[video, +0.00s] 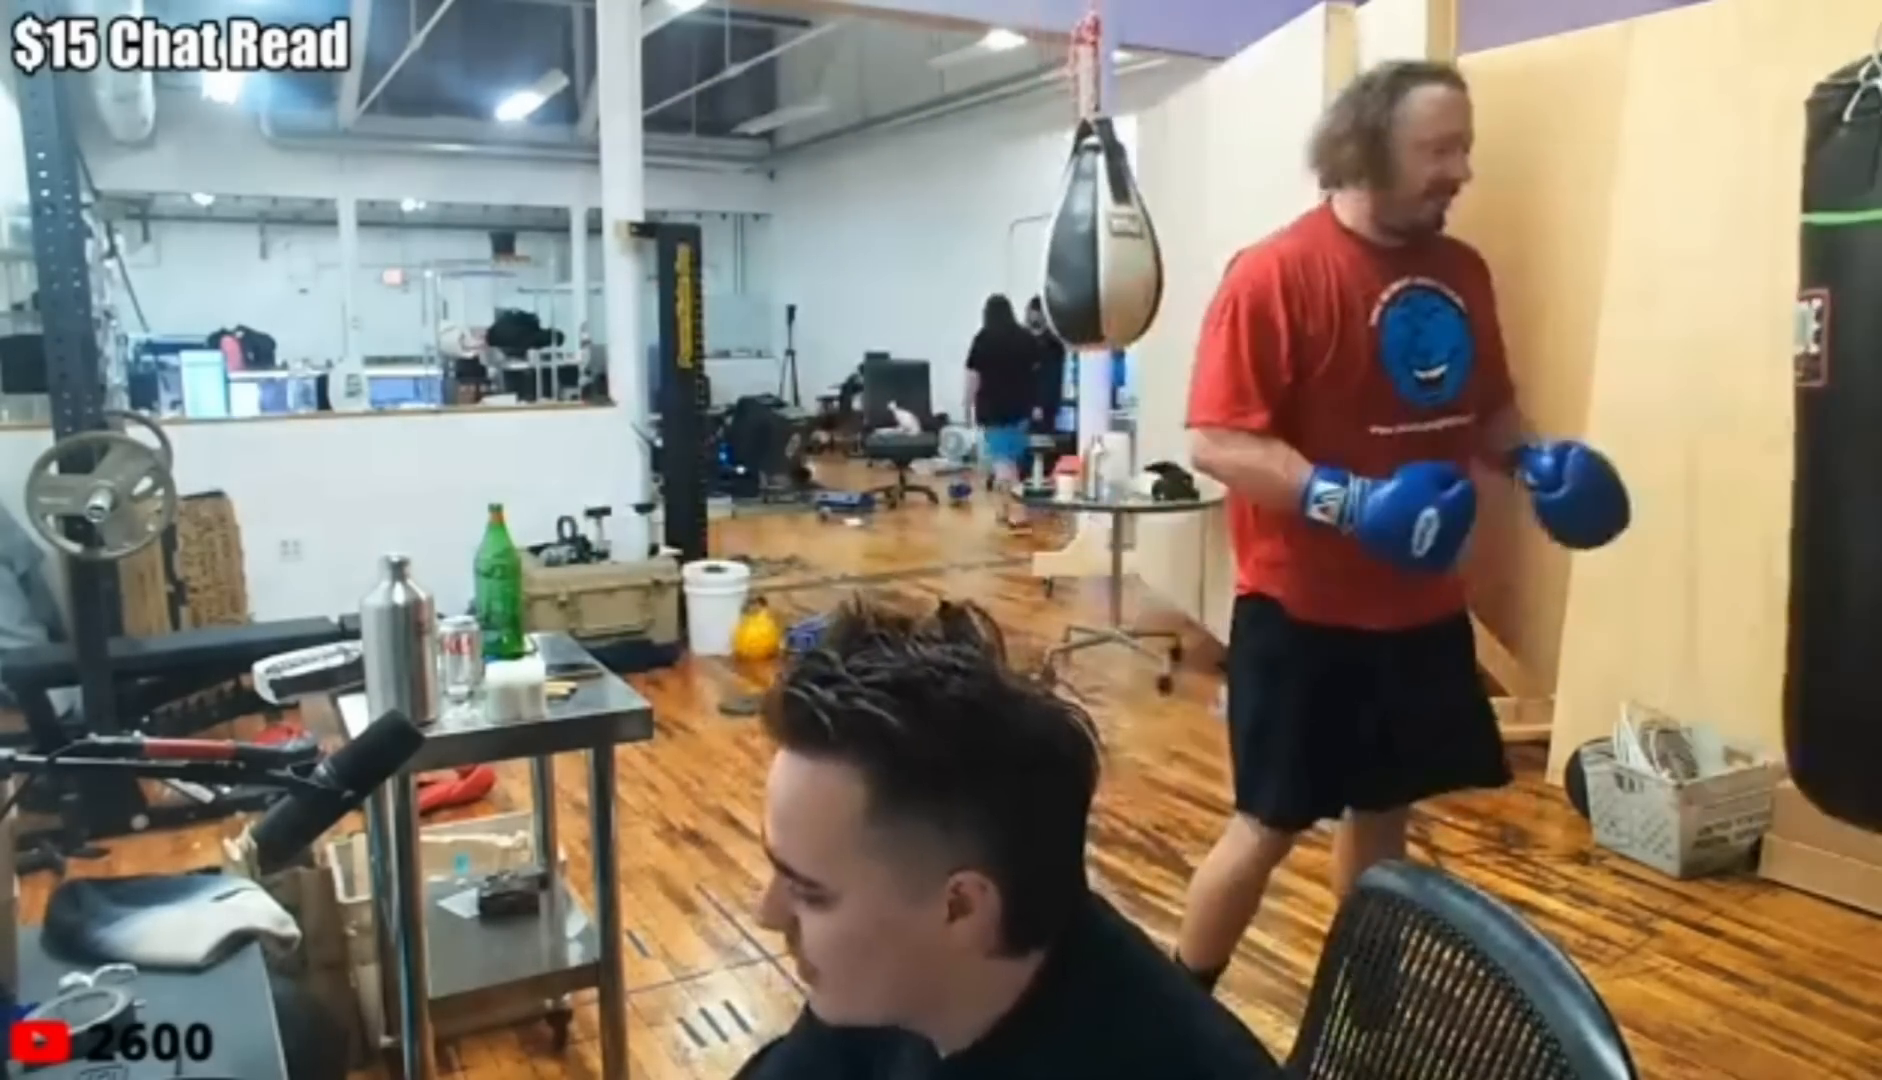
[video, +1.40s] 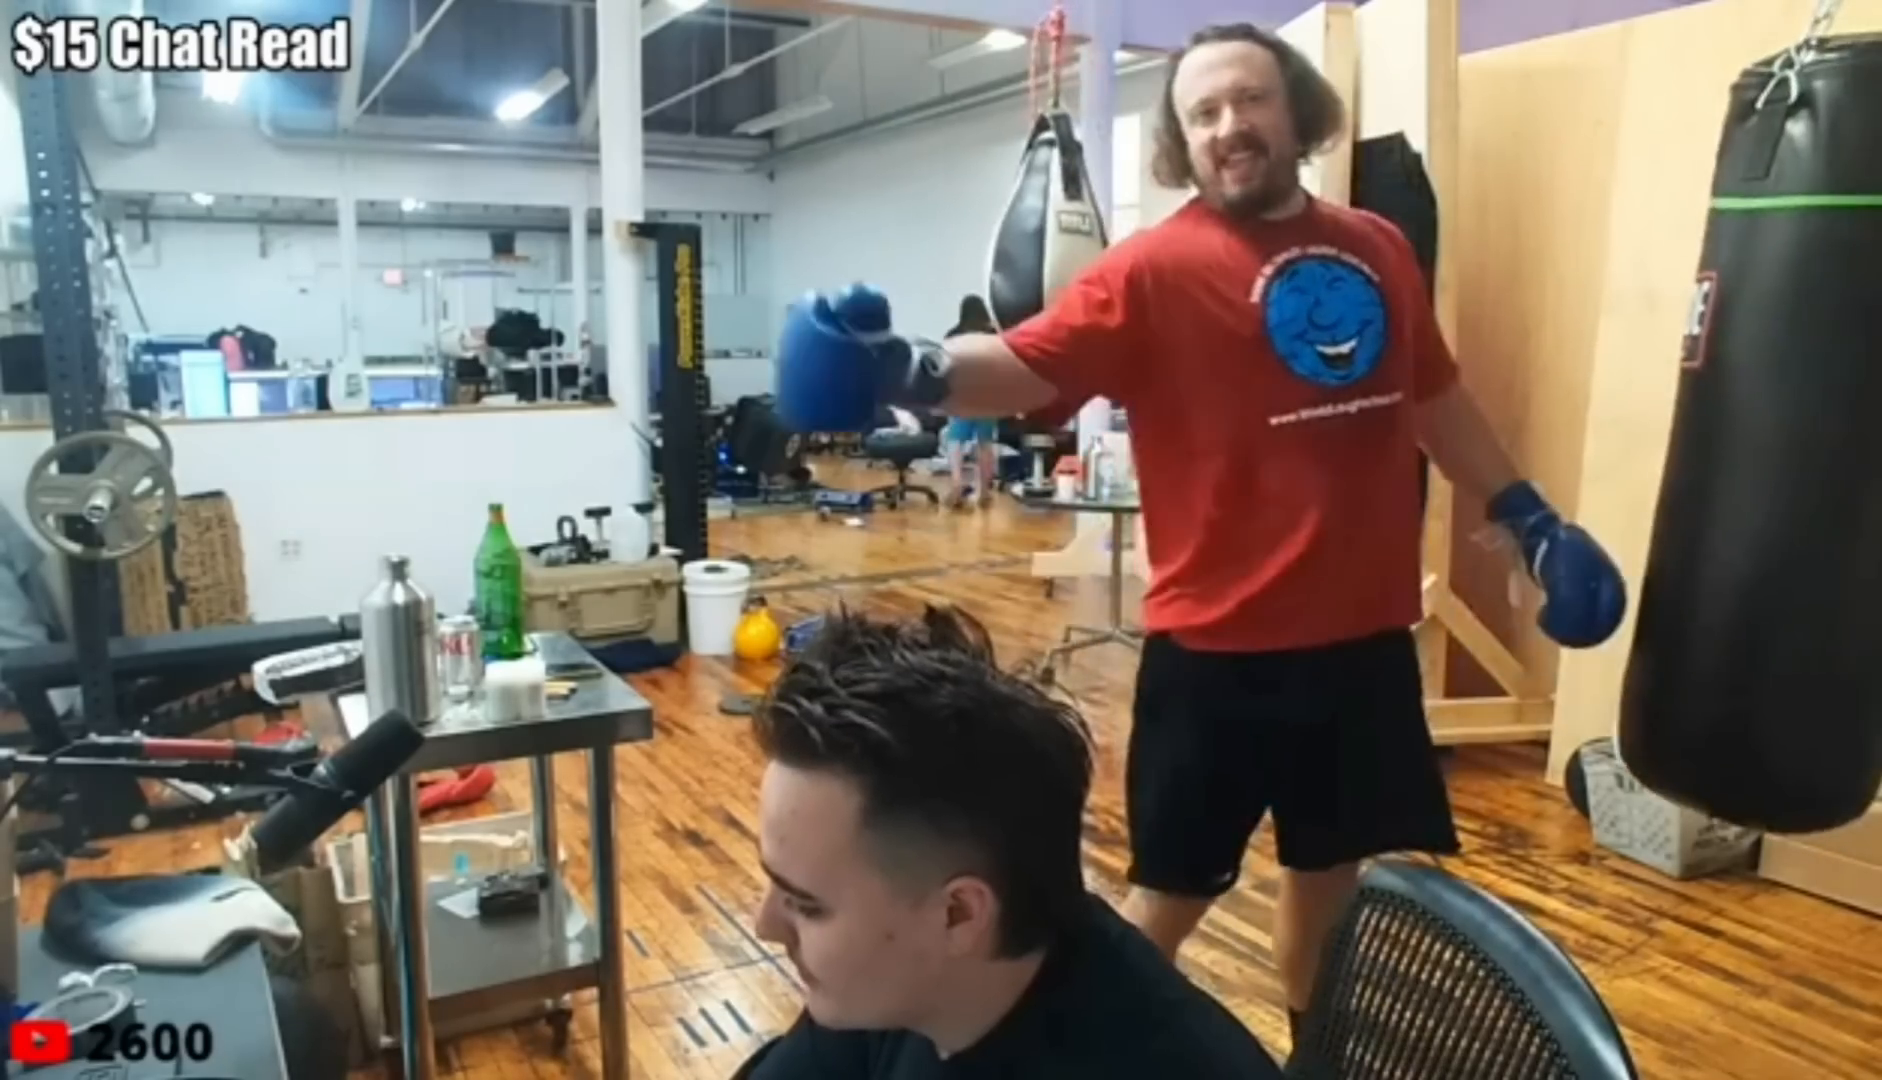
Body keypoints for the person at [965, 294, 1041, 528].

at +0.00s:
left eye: (988, 314)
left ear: (987, 314)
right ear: (1011, 312)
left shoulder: (984, 338)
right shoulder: (1026, 337)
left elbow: (973, 375)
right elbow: (1037, 371)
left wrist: (968, 405)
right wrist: (1036, 402)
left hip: (992, 407)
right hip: (1021, 406)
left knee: (1001, 458)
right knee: (1013, 457)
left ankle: (1015, 508)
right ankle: (1007, 507)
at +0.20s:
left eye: (979, 311)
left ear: (980, 312)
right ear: (1003, 308)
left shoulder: (978, 335)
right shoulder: (1021, 334)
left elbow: (968, 375)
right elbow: (1031, 366)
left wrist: (964, 407)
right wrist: (1025, 390)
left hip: (984, 408)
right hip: (1015, 406)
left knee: (985, 463)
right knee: (1007, 462)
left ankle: (991, 510)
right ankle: (1005, 509)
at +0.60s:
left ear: (958, 313)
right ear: (981, 311)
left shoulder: (957, 339)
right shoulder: (998, 336)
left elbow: (950, 378)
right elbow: (1010, 367)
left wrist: (946, 409)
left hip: (964, 408)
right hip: (995, 407)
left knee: (958, 458)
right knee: (995, 457)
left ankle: (955, 502)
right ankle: (1002, 508)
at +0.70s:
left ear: (952, 311)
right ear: (976, 310)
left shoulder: (950, 336)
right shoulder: (989, 331)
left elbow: (942, 373)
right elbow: (1005, 360)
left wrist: (939, 405)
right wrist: (987, 366)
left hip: (958, 404)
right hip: (986, 403)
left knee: (955, 455)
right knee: (991, 454)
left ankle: (954, 499)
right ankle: (994, 493)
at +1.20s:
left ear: (954, 315)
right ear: (976, 314)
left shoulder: (945, 339)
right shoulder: (985, 337)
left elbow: (928, 372)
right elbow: (1005, 353)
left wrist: (930, 404)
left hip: (952, 407)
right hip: (980, 406)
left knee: (950, 457)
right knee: (979, 456)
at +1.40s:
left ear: (961, 311)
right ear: (984, 311)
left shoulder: (954, 336)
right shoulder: (993, 334)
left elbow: (946, 371)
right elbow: (1005, 370)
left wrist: (946, 399)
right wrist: (1011, 404)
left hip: (962, 399)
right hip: (989, 399)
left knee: (955, 442)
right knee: (985, 446)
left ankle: (957, 483)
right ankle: (985, 489)